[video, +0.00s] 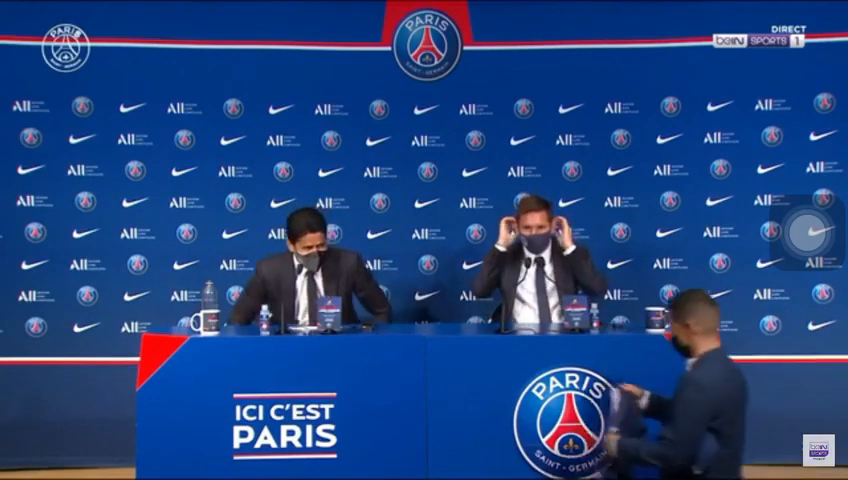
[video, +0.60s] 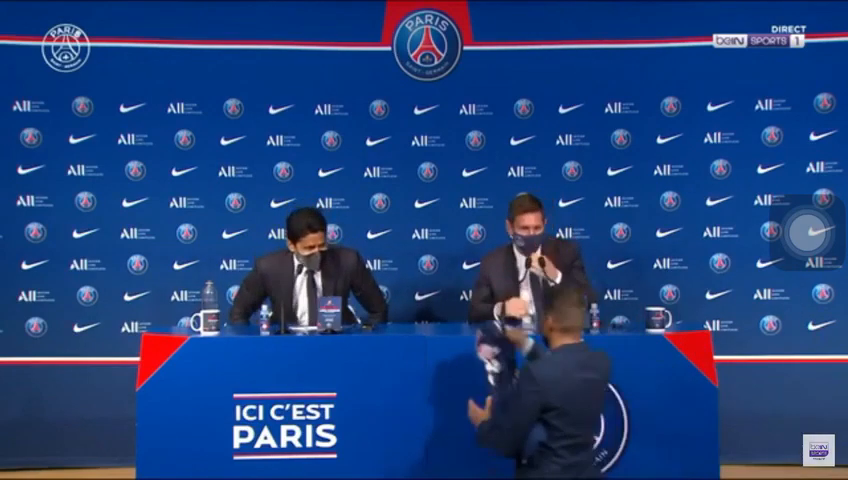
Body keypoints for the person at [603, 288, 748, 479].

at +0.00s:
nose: (672, 334)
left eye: (673, 326)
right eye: (672, 327)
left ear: (690, 328)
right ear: (715, 325)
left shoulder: (699, 380)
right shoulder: (728, 371)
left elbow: (674, 454)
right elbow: (693, 414)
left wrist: (620, 446)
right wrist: (645, 400)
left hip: (699, 474)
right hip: (724, 472)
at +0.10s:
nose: (639, 335)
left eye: (641, 328)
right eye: (639, 328)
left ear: (657, 329)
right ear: (682, 325)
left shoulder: (659, 382)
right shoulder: (699, 372)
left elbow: (633, 452)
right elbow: (661, 417)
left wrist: (585, 431)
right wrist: (615, 396)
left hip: (661, 474)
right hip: (689, 471)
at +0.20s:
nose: (620, 330)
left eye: (621, 324)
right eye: (620, 324)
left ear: (635, 327)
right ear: (663, 322)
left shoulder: (633, 379)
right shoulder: (681, 370)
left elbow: (602, 450)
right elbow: (647, 412)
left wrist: (568, 421)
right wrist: (598, 404)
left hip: (637, 473)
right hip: (671, 470)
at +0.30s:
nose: (594, 324)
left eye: (595, 318)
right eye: (594, 318)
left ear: (606, 321)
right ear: (636, 319)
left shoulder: (596, 374)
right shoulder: (657, 370)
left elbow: (568, 444)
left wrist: (544, 412)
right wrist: (571, 400)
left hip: (603, 470)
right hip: (641, 469)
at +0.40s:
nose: (577, 324)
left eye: (578, 319)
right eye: (577, 319)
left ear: (588, 321)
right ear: (621, 319)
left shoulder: (575, 373)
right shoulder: (640, 368)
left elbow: (545, 442)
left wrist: (527, 409)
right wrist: (559, 393)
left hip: (584, 470)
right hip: (623, 468)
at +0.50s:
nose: (553, 324)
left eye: (553, 319)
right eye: (552, 319)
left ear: (563, 323)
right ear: (596, 320)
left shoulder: (549, 376)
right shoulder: (616, 366)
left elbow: (520, 445)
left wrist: (498, 415)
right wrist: (541, 360)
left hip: (561, 471)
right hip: (601, 469)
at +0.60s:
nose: (540, 325)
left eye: (542, 319)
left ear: (549, 323)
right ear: (583, 321)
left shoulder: (536, 372)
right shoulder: (601, 363)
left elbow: (506, 441)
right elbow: (564, 375)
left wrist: (483, 424)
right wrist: (526, 345)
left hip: (547, 468)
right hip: (585, 466)